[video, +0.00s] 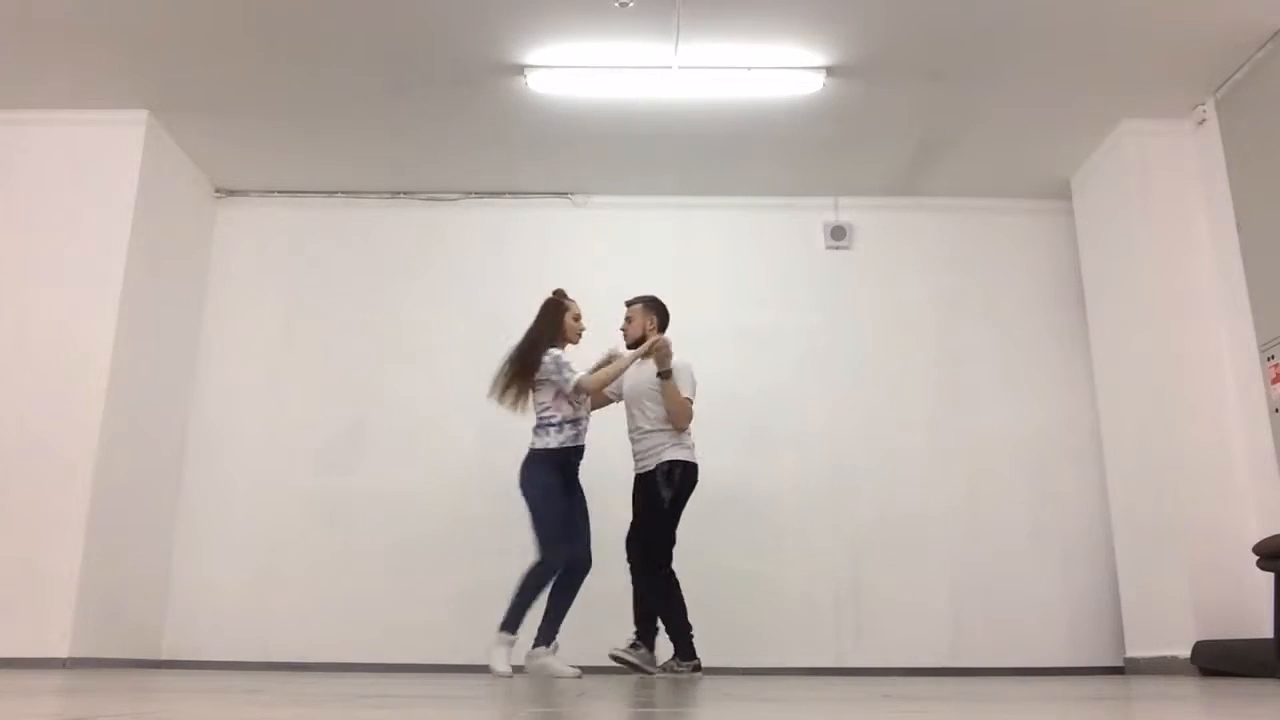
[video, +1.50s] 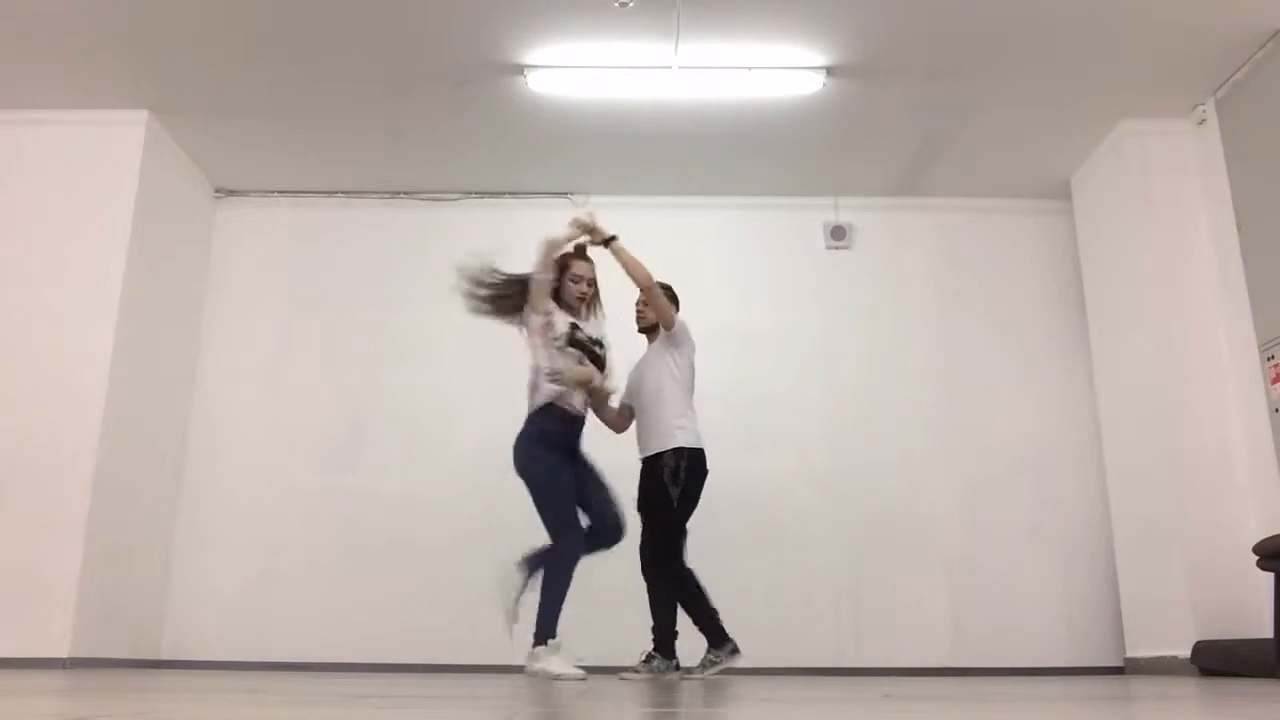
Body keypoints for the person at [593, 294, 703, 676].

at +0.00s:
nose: (622, 327)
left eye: (629, 320)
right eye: (624, 321)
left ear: (652, 323)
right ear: (644, 325)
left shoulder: (677, 367)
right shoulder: (629, 372)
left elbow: (681, 420)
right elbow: (587, 402)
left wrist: (664, 370)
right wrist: (600, 367)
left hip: (675, 465)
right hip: (646, 471)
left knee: (640, 547)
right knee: (654, 560)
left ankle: (644, 644)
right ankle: (686, 655)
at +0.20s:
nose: (622, 326)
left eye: (629, 319)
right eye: (622, 320)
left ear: (653, 321)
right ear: (632, 325)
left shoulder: (671, 359)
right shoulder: (623, 372)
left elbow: (685, 392)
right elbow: (588, 396)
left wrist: (682, 337)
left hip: (677, 462)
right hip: (645, 469)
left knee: (657, 561)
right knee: (650, 567)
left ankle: (681, 649)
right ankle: (676, 647)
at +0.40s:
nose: (625, 312)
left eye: (633, 305)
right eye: (625, 308)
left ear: (657, 314)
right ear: (634, 322)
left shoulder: (675, 357)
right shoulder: (625, 375)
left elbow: (683, 337)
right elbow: (592, 412)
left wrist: (668, 286)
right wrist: (551, 425)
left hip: (680, 465)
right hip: (647, 471)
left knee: (668, 568)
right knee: (648, 572)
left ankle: (688, 656)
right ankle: (681, 653)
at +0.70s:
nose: (635, 315)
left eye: (643, 308)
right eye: (634, 309)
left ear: (666, 311)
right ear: (644, 318)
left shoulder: (678, 344)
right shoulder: (655, 370)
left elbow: (643, 298)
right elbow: (651, 436)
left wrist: (602, 251)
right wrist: (597, 442)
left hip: (688, 462)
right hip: (662, 467)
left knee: (668, 561)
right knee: (608, 529)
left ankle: (689, 656)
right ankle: (649, 615)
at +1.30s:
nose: (646, 306)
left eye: (654, 300)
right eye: (643, 302)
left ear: (673, 305)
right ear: (643, 313)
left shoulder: (682, 342)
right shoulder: (651, 364)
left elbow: (671, 283)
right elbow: (638, 423)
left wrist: (645, 232)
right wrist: (594, 413)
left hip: (685, 458)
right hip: (663, 462)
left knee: (660, 553)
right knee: (676, 556)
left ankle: (681, 649)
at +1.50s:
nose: (639, 306)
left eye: (647, 300)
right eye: (638, 301)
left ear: (668, 308)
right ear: (638, 313)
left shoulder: (677, 343)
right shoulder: (641, 368)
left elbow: (649, 286)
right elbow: (618, 422)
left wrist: (608, 241)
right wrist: (592, 390)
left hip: (680, 458)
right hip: (656, 463)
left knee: (658, 558)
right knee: (663, 560)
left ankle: (664, 654)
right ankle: (721, 643)